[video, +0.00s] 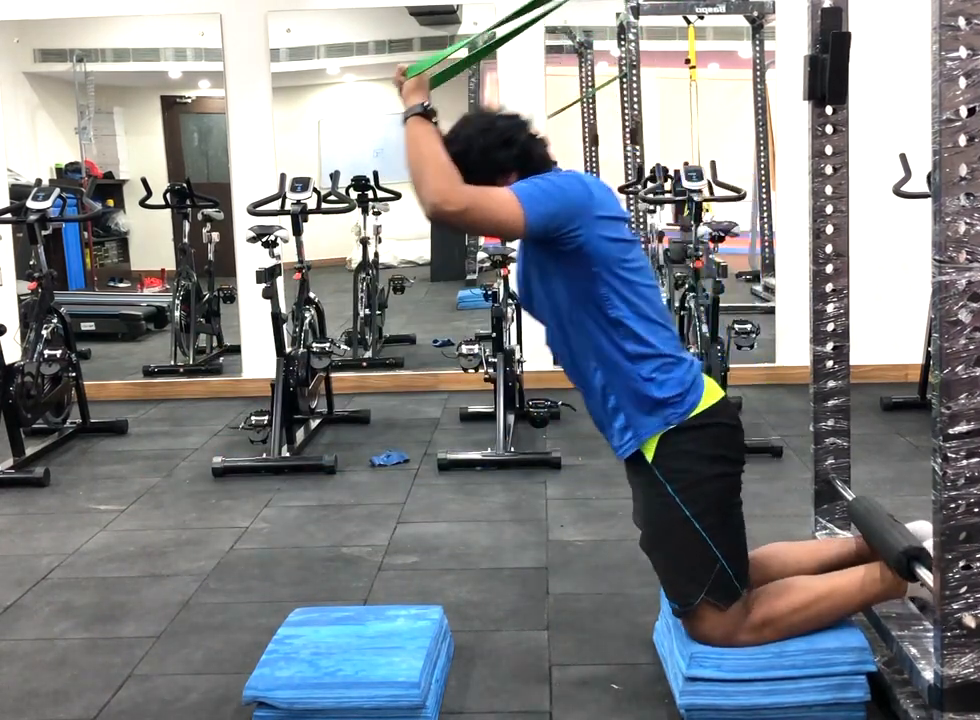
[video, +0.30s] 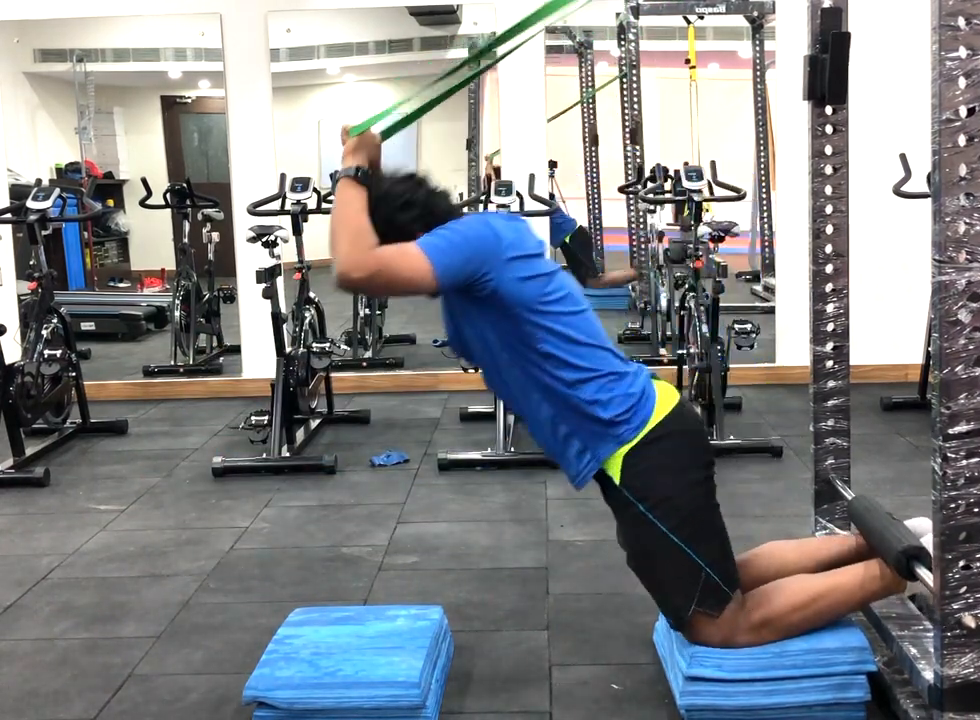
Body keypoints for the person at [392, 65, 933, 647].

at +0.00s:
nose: (477, 203)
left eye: (476, 189)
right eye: (471, 191)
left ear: (501, 176)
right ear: (520, 156)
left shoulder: (571, 196)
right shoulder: (555, 214)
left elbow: (448, 202)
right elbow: (453, 204)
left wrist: (413, 108)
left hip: (680, 431)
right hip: (656, 434)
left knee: (721, 624)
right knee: (709, 583)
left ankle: (900, 579)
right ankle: (865, 544)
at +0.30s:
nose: (381, 265)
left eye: (378, 252)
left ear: (399, 241)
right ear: (426, 214)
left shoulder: (484, 236)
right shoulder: (472, 253)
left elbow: (360, 265)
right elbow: (370, 267)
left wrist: (352, 175)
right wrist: (358, 181)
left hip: (643, 440)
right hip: (632, 440)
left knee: (718, 627)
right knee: (715, 586)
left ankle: (902, 574)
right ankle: (870, 540)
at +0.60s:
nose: (310, 357)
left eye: (309, 343)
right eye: (306, 342)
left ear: (329, 321)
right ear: (345, 304)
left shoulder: (404, 314)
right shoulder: (406, 311)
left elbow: (280, 366)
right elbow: (295, 365)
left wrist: (270, 272)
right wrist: (282, 273)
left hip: (615, 465)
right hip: (613, 449)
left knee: (726, 630)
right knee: (712, 586)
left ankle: (904, 568)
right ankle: (867, 538)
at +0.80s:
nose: (280, 425)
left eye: (275, 411)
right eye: (274, 412)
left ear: (294, 393)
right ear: (305, 355)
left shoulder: (361, 371)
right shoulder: (365, 361)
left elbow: (240, 448)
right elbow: (262, 441)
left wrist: (216, 358)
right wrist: (234, 358)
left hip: (593, 470)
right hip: (594, 448)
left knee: (725, 633)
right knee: (715, 586)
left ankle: (901, 570)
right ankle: (863, 538)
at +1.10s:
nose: (247, 517)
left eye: (235, 502)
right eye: (235, 501)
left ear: (253, 466)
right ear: (266, 435)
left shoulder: (314, 454)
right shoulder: (333, 430)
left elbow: (209, 548)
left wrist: (168, 470)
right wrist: (198, 461)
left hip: (564, 505)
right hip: (573, 463)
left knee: (726, 624)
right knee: (713, 579)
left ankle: (897, 568)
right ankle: (857, 534)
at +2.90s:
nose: (307, 425)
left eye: (302, 413)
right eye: (302, 415)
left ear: (316, 382)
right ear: (331, 350)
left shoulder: (379, 362)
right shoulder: (389, 355)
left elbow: (267, 450)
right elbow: (287, 447)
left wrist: (201, 397)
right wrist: (223, 400)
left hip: (616, 458)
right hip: (605, 463)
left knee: (730, 624)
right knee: (705, 601)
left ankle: (909, 565)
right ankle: (865, 535)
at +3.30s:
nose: (362, 316)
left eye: (362, 303)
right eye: (360, 304)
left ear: (385, 285)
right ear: (400, 270)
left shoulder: (458, 277)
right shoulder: (456, 281)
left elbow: (339, 336)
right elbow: (345, 338)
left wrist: (269, 278)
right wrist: (282, 285)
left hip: (658, 437)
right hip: (657, 428)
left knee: (726, 623)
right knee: (720, 579)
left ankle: (910, 572)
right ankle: (865, 539)